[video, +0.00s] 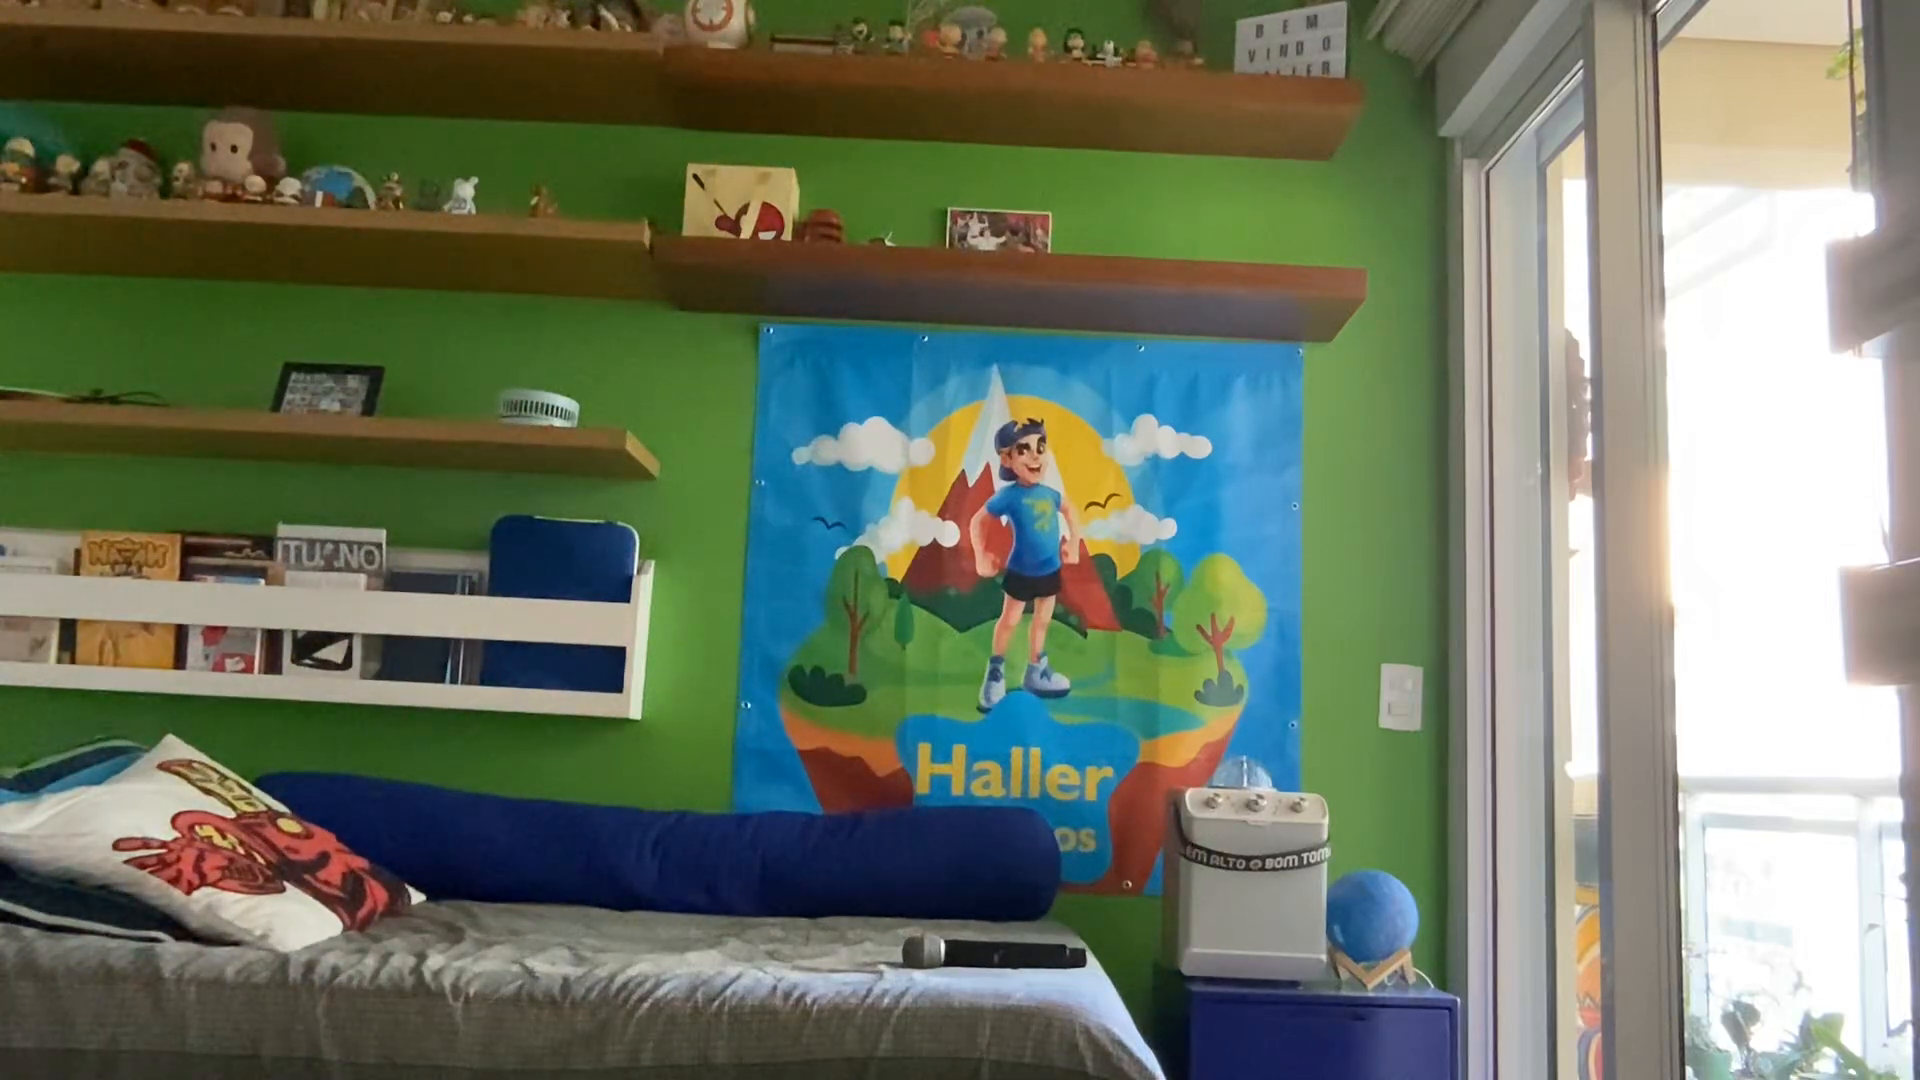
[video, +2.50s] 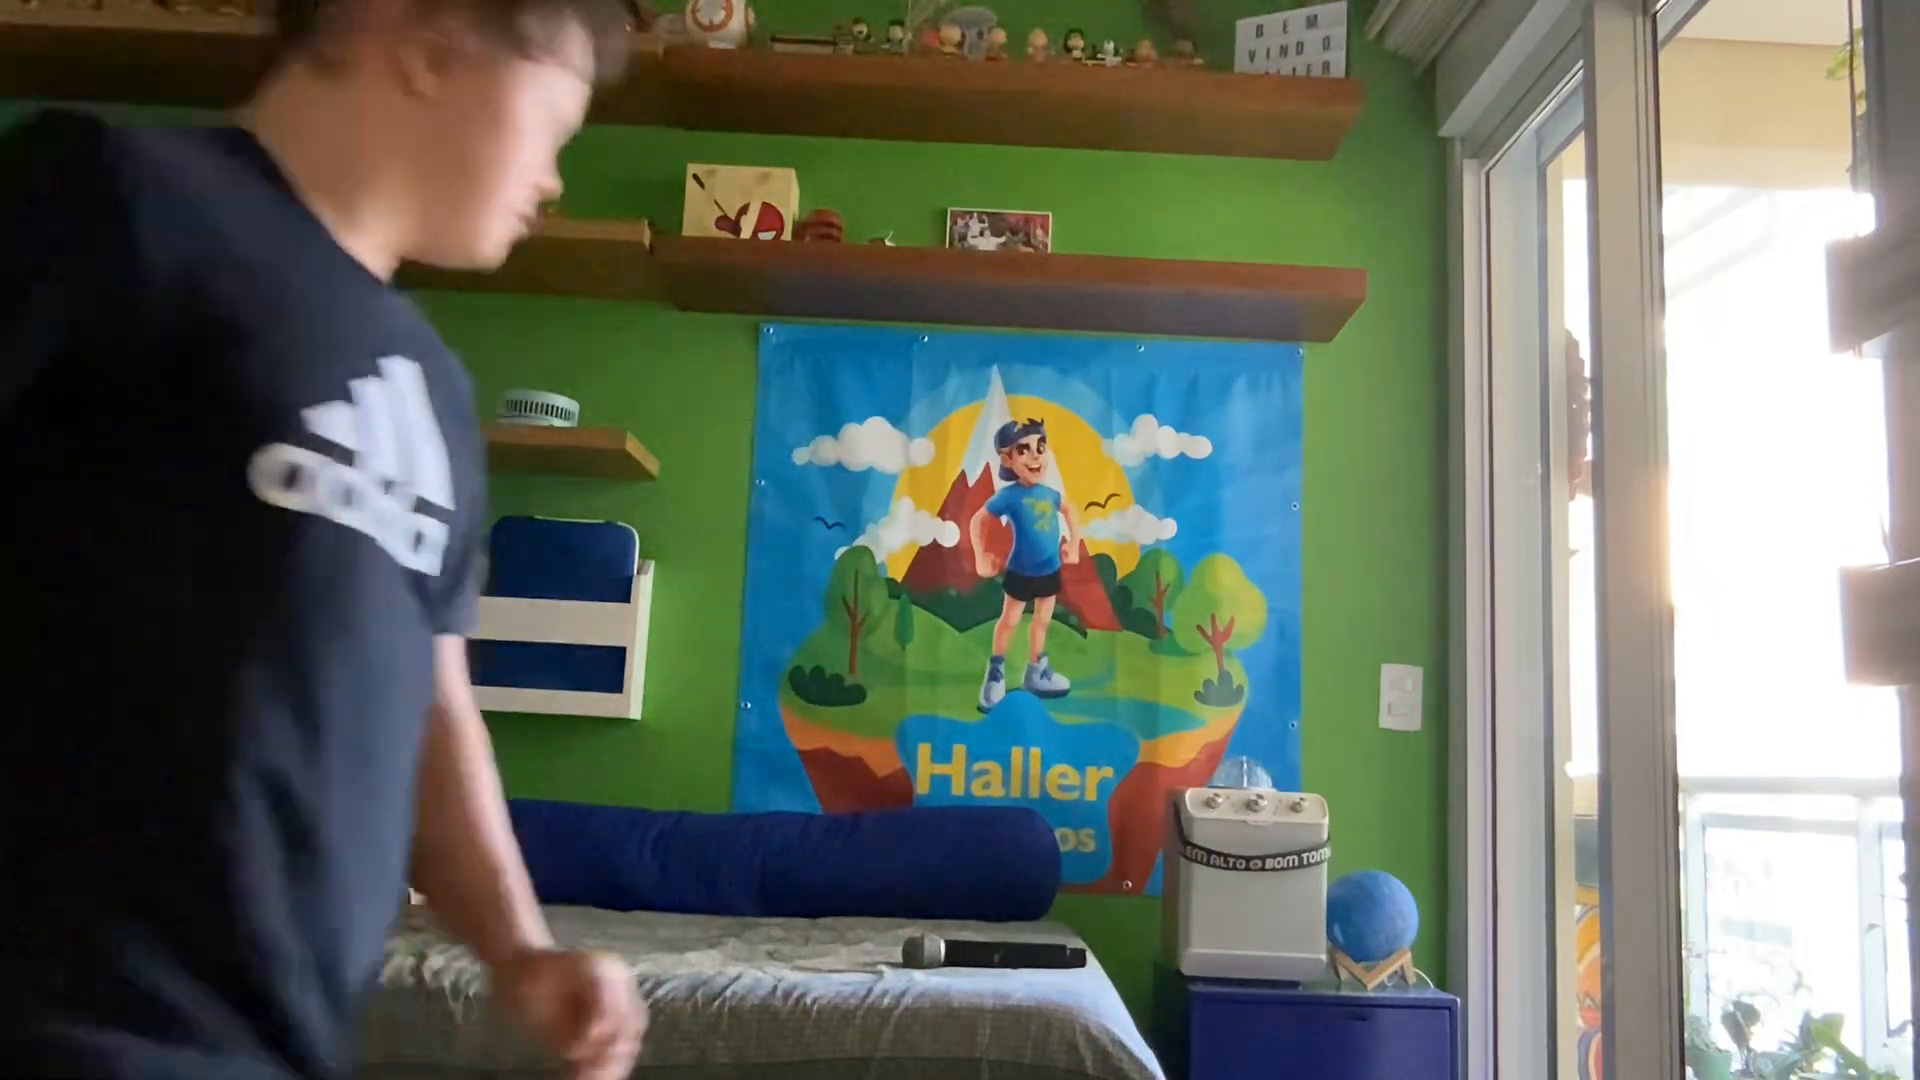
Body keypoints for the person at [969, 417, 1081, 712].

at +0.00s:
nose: (1034, 458)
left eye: (1040, 450)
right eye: (1024, 450)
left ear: (1046, 455)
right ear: (1008, 459)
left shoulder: (1050, 494)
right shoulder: (1007, 496)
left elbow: (1070, 513)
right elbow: (977, 521)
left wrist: (1074, 542)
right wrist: (980, 555)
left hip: (1049, 570)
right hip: (1020, 571)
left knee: (1043, 618)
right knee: (1010, 619)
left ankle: (1036, 670)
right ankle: (995, 671)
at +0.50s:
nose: (1034, 458)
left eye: (1040, 449)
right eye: (1024, 450)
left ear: (1046, 455)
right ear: (1008, 459)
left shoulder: (1050, 494)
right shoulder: (1007, 496)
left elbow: (1071, 513)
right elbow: (977, 521)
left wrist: (1074, 543)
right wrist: (980, 555)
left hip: (1049, 570)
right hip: (1020, 572)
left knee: (1043, 618)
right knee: (1010, 619)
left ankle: (1036, 670)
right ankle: (996, 671)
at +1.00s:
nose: (1034, 457)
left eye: (1039, 449)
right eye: (1024, 450)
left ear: (1046, 455)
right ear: (1007, 459)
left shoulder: (1050, 494)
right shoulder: (1007, 496)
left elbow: (1070, 513)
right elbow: (977, 521)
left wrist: (1074, 542)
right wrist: (980, 555)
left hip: (1049, 571)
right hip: (1020, 572)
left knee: (1043, 619)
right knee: (1009, 620)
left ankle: (1036, 670)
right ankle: (996, 671)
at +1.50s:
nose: (1034, 458)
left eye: (1039, 449)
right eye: (1024, 450)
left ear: (1047, 454)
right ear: (1008, 459)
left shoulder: (1050, 494)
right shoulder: (1008, 496)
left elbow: (1070, 513)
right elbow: (977, 520)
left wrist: (1074, 542)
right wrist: (980, 555)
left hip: (1049, 571)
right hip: (1020, 572)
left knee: (1043, 619)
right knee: (1010, 619)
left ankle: (1036, 670)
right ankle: (996, 672)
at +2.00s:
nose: (1034, 457)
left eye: (1040, 449)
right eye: (1024, 450)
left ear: (1047, 454)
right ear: (1008, 459)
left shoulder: (1050, 494)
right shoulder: (1007, 496)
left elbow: (1070, 513)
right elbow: (977, 520)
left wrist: (1074, 543)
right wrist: (980, 556)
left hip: (1049, 570)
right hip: (1020, 572)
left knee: (1043, 619)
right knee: (1010, 619)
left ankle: (1036, 670)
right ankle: (996, 672)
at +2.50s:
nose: (1034, 458)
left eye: (1039, 449)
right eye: (1024, 450)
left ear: (1047, 454)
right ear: (1008, 460)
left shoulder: (1050, 494)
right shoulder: (1008, 496)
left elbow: (1070, 512)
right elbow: (977, 520)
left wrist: (1074, 542)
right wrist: (980, 556)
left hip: (1049, 571)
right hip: (1020, 572)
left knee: (1043, 618)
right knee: (1010, 619)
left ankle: (1036, 670)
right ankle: (996, 671)